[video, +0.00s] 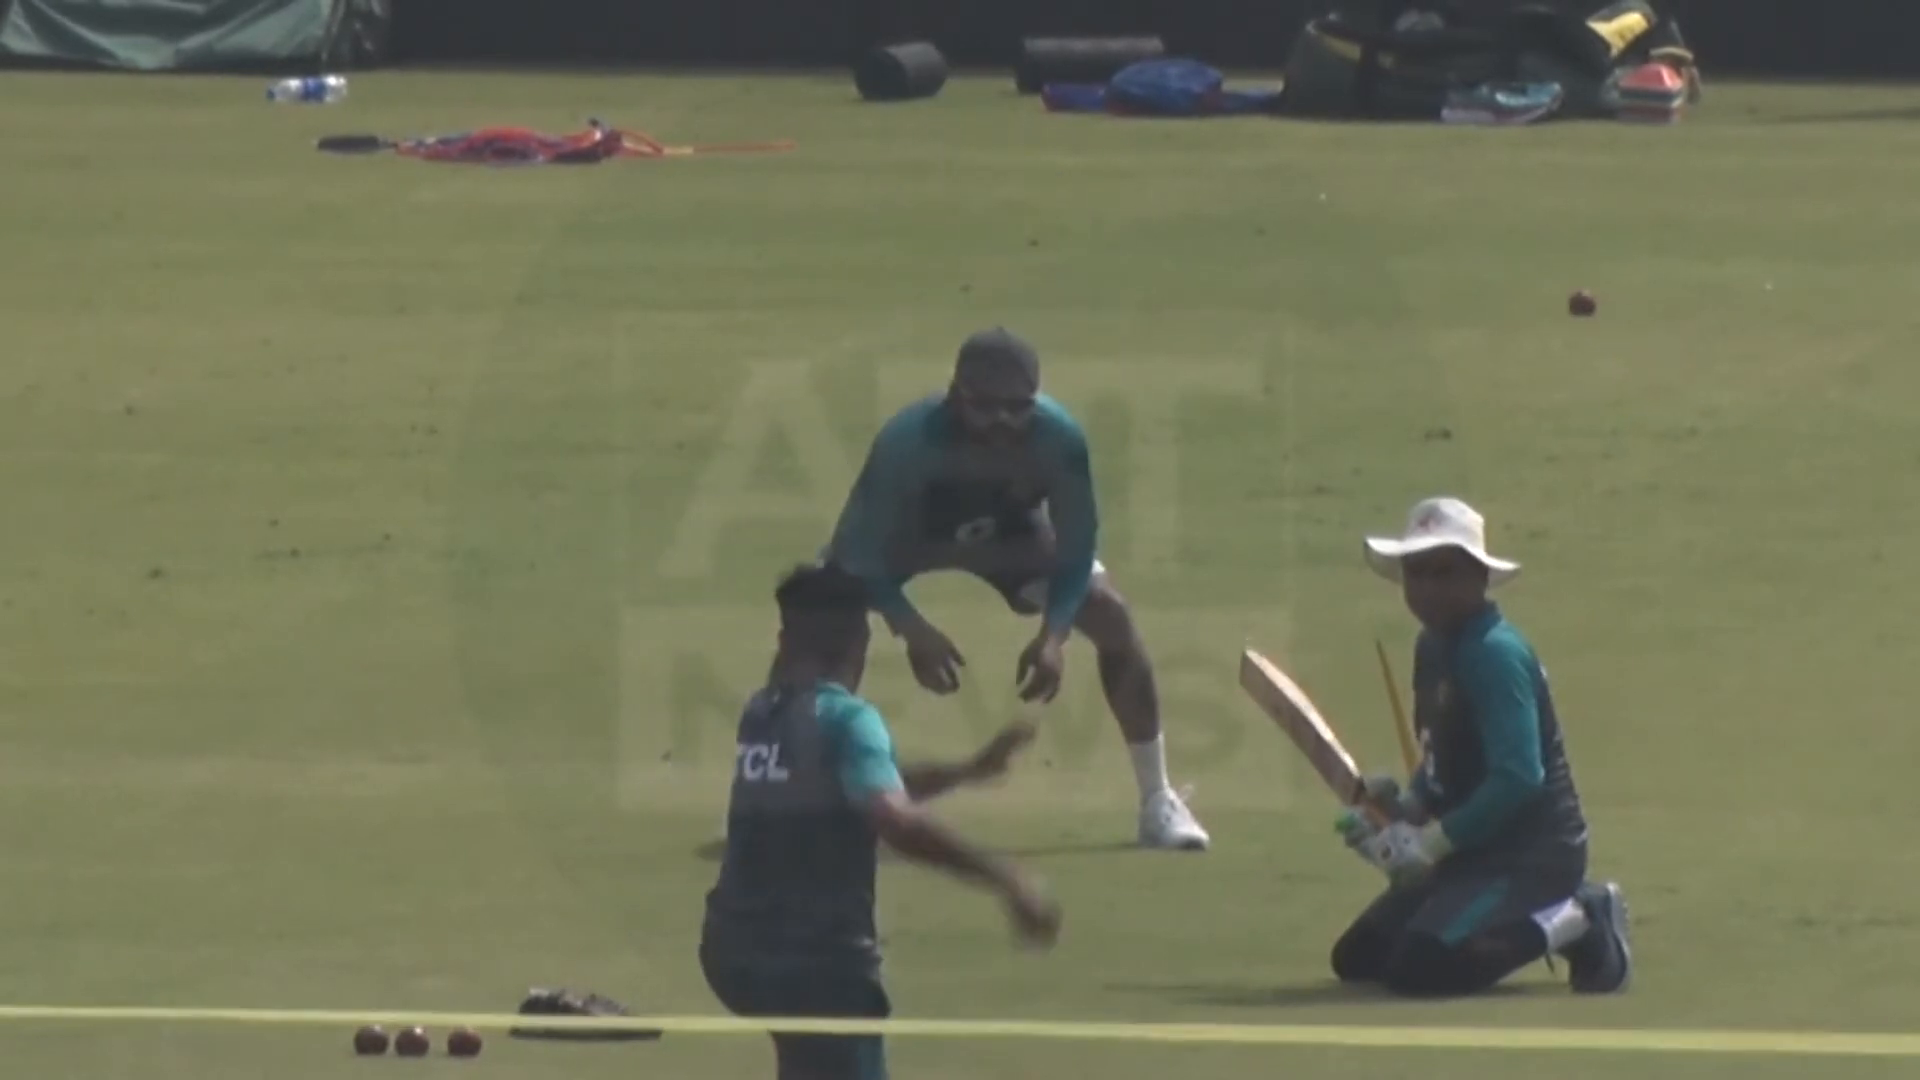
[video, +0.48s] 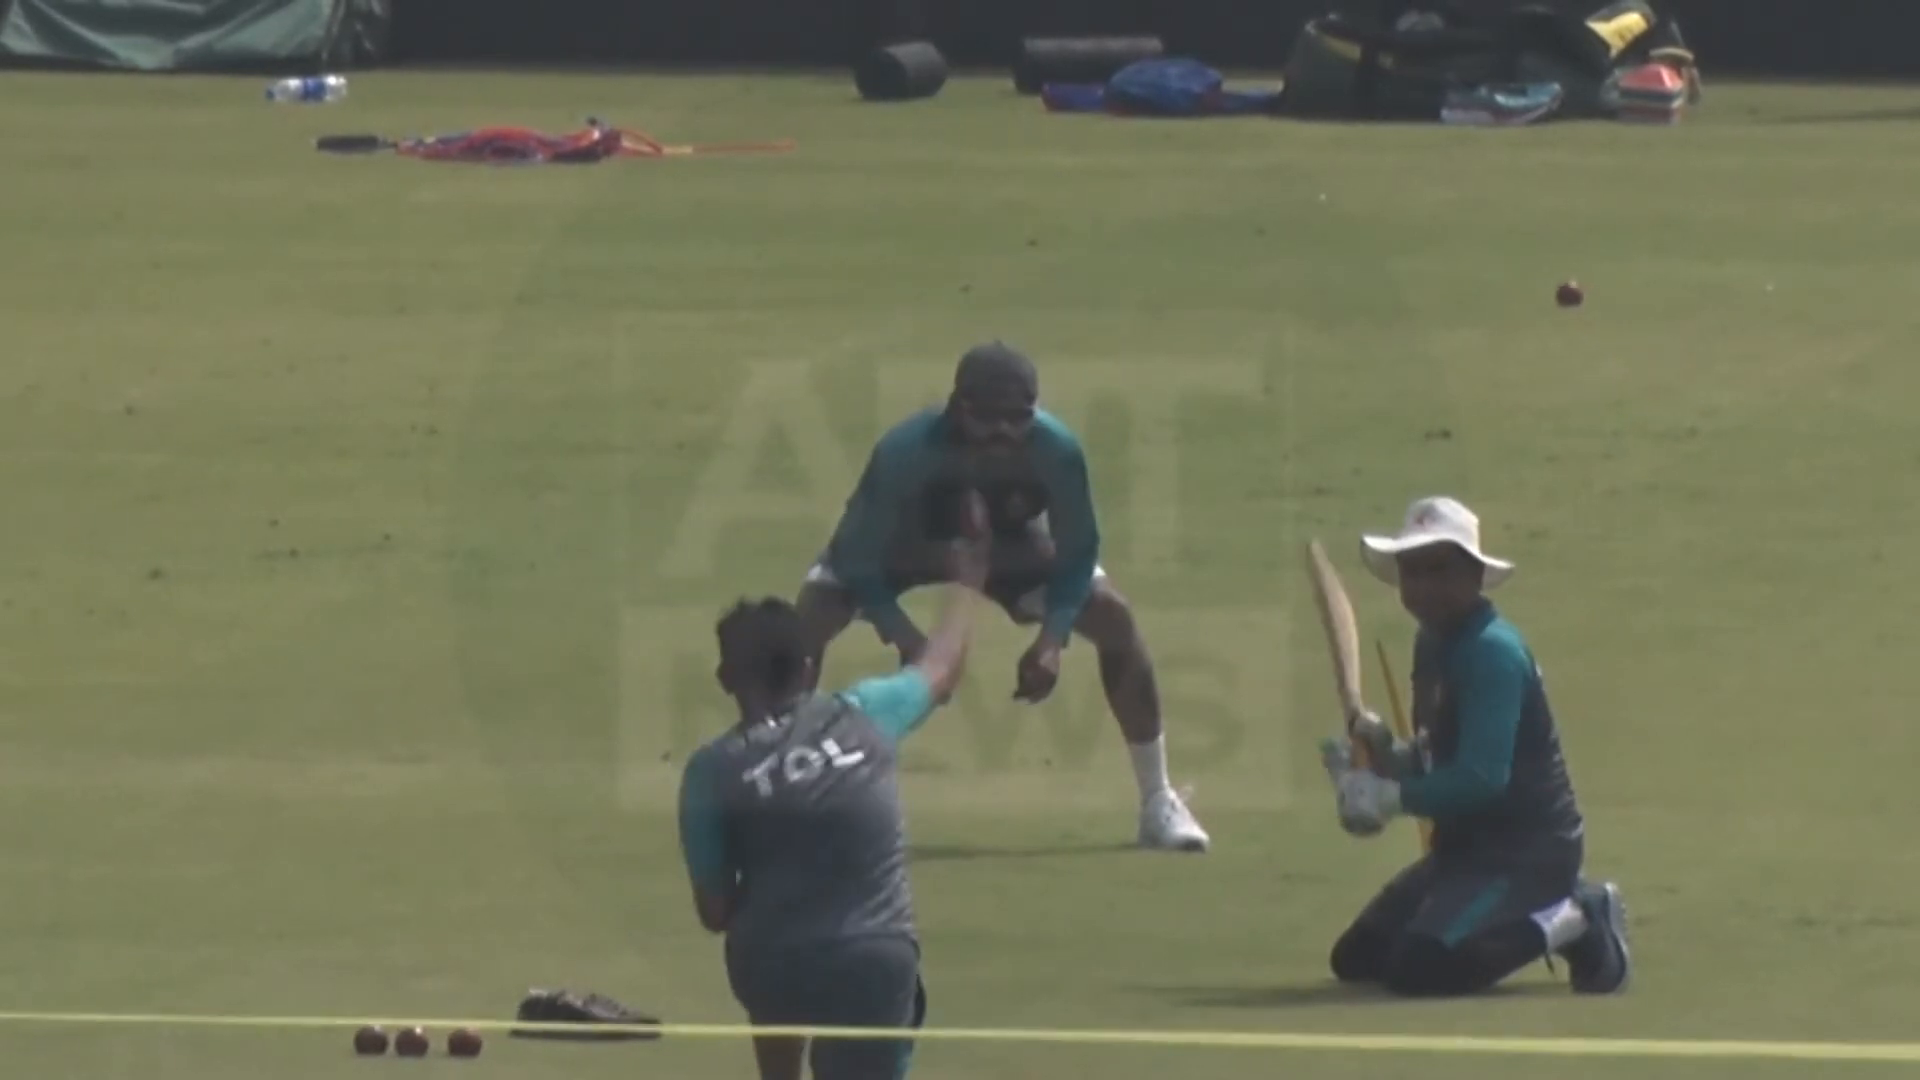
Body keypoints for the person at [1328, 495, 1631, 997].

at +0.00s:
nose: (1420, 588)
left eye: (1438, 572)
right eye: (1412, 573)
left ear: (1476, 578)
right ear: (1400, 578)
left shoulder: (1495, 653)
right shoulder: (1434, 647)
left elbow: (1519, 778)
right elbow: (1447, 764)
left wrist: (1432, 843)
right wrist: (1403, 809)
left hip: (1534, 857)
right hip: (1480, 850)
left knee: (1416, 970)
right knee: (1357, 958)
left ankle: (1579, 919)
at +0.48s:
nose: (1414, 586)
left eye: (1432, 570)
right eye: (1407, 571)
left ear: (1470, 576)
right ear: (1396, 576)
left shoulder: (1492, 650)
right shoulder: (1434, 642)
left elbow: (1483, 780)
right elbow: (1443, 757)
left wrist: (1395, 797)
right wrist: (1388, 758)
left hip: (1524, 859)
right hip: (1466, 853)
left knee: (1415, 970)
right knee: (1356, 959)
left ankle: (1577, 920)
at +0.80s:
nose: (1401, 580)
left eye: (1418, 563)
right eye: (1393, 565)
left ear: (1455, 568)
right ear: (1383, 570)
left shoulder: (1478, 630)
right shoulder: (1431, 636)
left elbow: (1414, 735)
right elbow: (1411, 728)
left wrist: (1317, 725)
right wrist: (1322, 696)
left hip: (1514, 857)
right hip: (1458, 853)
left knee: (1419, 971)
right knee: (1344, 949)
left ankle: (1575, 918)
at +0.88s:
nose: (1374, 580)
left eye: (1388, 566)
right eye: (1372, 566)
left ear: (1429, 570)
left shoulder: (1458, 625)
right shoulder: (1423, 638)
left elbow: (1377, 722)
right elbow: (1377, 751)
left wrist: (1281, 712)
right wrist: (1281, 723)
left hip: (1506, 857)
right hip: (1454, 858)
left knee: (1422, 969)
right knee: (1339, 955)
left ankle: (1576, 917)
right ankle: (1505, 927)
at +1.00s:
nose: (1333, 563)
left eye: (1344, 552)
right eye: (1337, 551)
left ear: (1377, 559)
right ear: (1394, 563)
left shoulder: (1408, 603)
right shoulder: (1387, 660)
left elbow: (1297, 625)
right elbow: (1292, 737)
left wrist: (1191, 640)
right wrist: (1180, 703)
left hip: (1489, 846)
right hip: (1446, 851)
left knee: (1416, 968)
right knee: (1335, 955)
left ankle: (1576, 915)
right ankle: (1520, 923)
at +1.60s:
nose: (1265, 529)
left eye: (1274, 522)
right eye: (1269, 522)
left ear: (1289, 526)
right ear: (1342, 543)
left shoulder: (1277, 548)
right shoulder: (1359, 603)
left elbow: (1202, 648)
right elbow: (1343, 748)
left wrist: (1175, 727)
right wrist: (1252, 771)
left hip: (1379, 758)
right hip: (1422, 762)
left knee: (1335, 923)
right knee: (1331, 954)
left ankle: (1521, 891)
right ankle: (1512, 906)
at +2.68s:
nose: (1296, 545)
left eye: (1304, 534)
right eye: (1302, 534)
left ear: (1317, 537)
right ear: (1374, 551)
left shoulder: (1316, 574)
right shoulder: (1387, 601)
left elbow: (1307, 672)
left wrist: (1277, 781)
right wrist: (1338, 916)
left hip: (1423, 793)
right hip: (1456, 787)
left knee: (1336, 954)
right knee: (1343, 943)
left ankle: (1527, 904)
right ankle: (1502, 901)